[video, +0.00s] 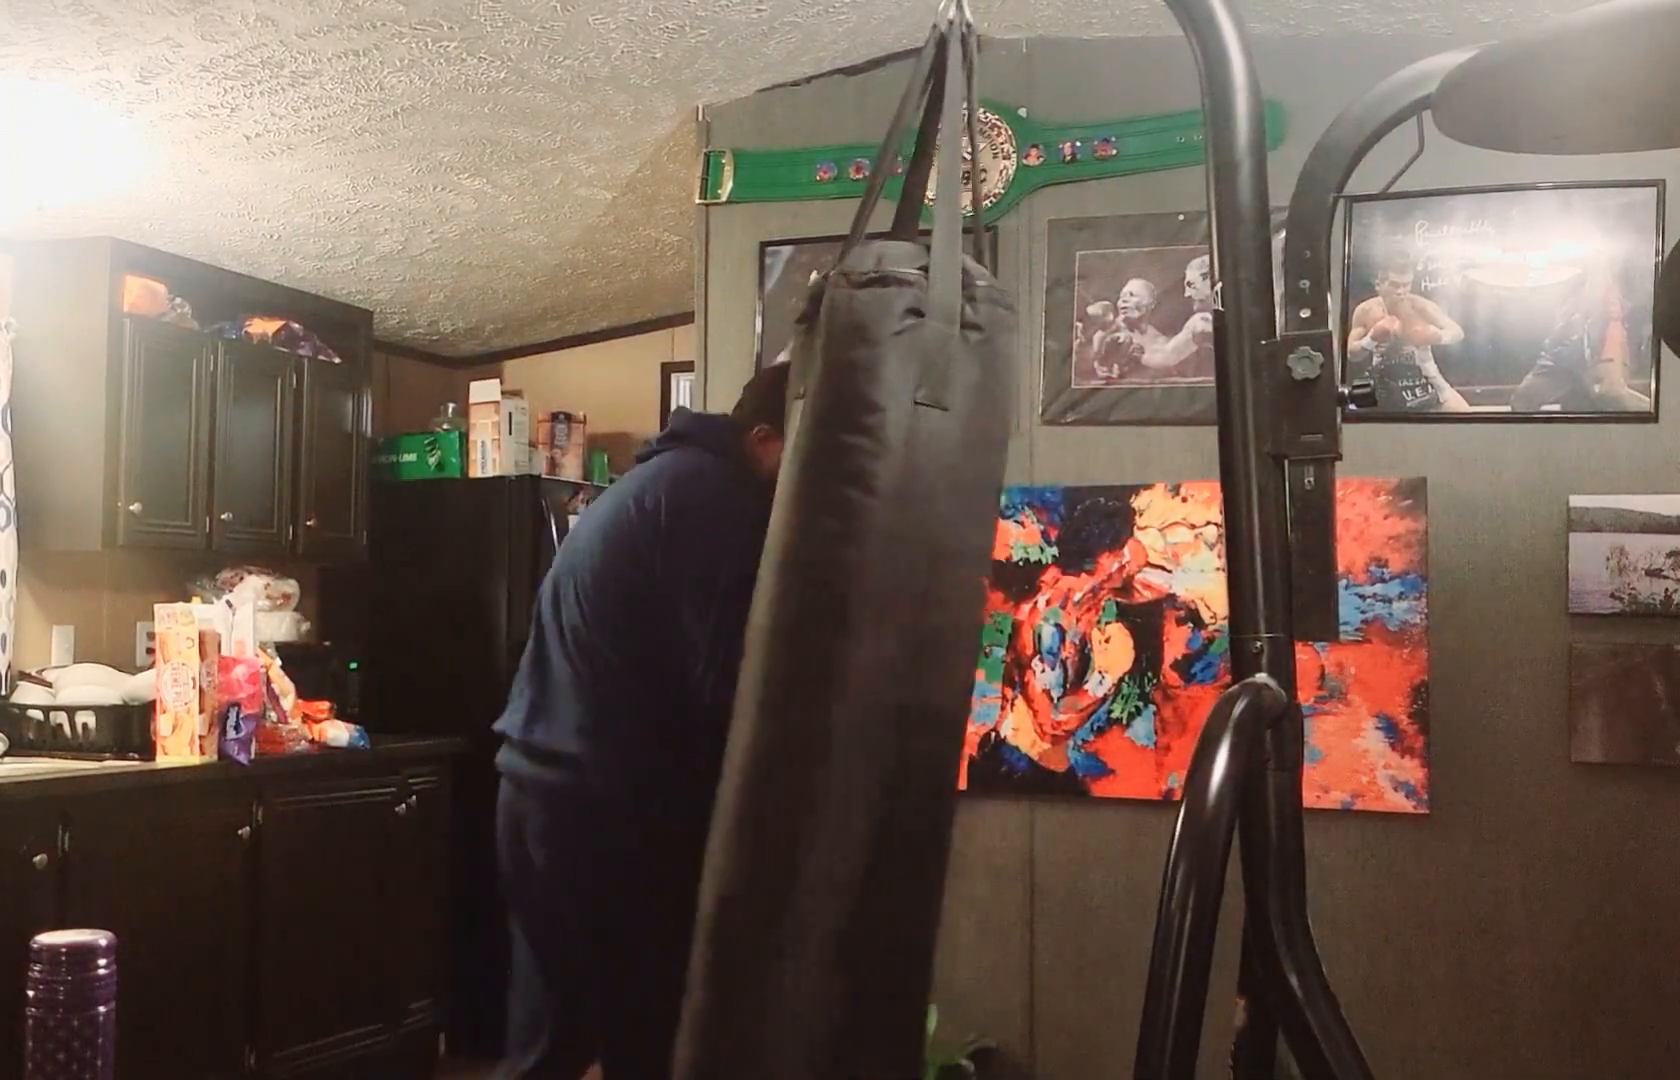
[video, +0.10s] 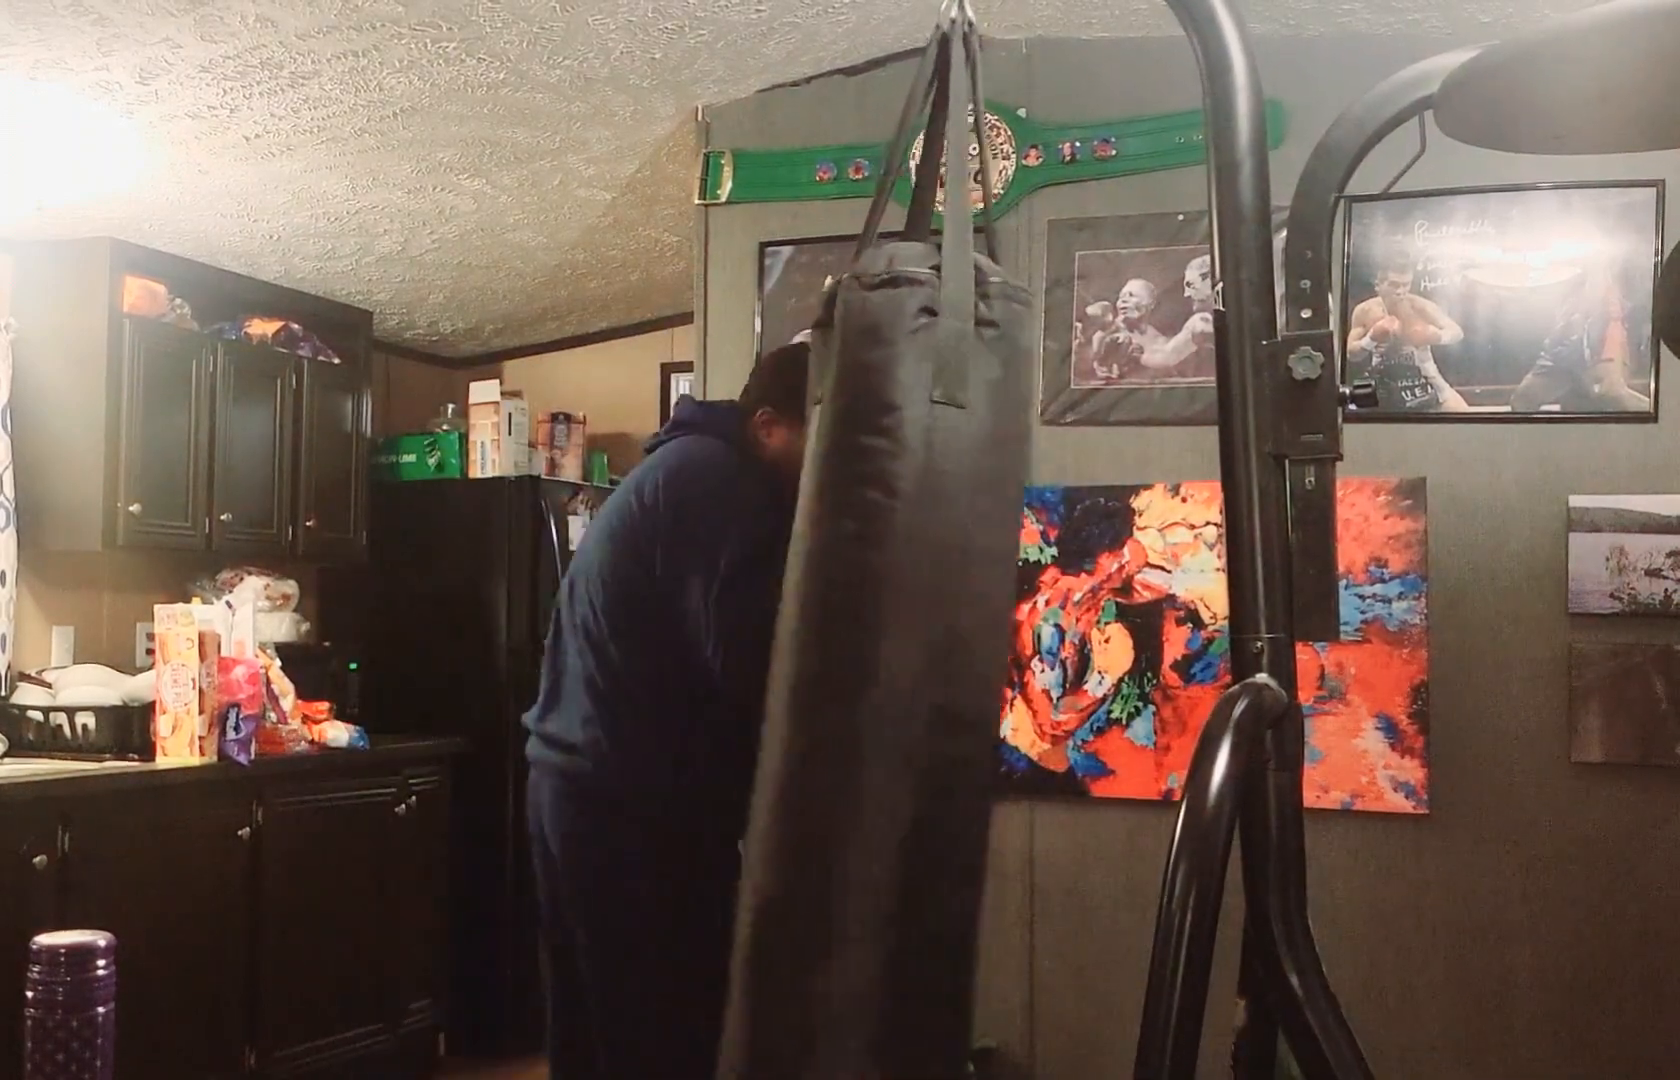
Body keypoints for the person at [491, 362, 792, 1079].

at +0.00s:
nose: (798, 484)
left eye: (807, 468)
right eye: (802, 464)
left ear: (755, 432)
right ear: (771, 440)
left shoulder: (658, 476)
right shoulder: (720, 495)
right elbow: (734, 679)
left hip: (535, 785)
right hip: (610, 803)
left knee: (548, 1030)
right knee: (644, 1034)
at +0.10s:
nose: (817, 466)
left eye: (823, 446)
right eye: (816, 443)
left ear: (764, 419)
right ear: (772, 423)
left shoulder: (679, 467)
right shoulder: (730, 485)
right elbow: (749, 667)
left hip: (574, 779)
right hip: (628, 792)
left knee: (596, 1015)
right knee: (658, 1019)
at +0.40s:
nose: (838, 516)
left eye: (850, 499)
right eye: (824, 496)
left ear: (858, 488)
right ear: (769, 476)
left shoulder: (812, 554)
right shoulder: (688, 523)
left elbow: (841, 704)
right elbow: (677, 668)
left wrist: (871, 593)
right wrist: (781, 557)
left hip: (740, 818)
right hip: (659, 819)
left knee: (773, 1037)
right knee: (711, 1045)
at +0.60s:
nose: (835, 512)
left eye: (846, 493)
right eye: (817, 494)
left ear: (858, 479)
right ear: (764, 472)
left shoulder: (825, 547)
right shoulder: (687, 523)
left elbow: (864, 696)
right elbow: (647, 676)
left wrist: (870, 589)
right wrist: (758, 569)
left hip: (766, 808)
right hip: (675, 810)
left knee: (793, 1031)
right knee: (732, 1040)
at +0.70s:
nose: (838, 499)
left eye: (850, 481)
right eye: (820, 482)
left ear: (862, 468)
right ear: (769, 461)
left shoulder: (842, 538)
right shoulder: (695, 513)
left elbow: (880, 685)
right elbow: (642, 657)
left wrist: (884, 576)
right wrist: (760, 559)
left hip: (772, 805)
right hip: (679, 802)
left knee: (780, 1030)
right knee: (719, 1036)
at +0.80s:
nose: (862, 486)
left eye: (874, 469)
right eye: (844, 469)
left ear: (885, 457)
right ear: (793, 448)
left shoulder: (857, 526)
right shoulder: (724, 495)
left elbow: (880, 677)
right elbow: (629, 608)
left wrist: (894, 571)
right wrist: (772, 556)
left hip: (767, 793)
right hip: (680, 786)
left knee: (760, 1016)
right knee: (709, 1019)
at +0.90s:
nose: (888, 487)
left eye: (900, 470)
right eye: (870, 468)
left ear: (912, 456)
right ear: (818, 444)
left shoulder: (857, 525)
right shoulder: (763, 482)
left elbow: (873, 675)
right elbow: (693, 539)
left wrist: (908, 586)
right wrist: (859, 553)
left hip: (748, 805)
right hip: (678, 799)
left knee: (754, 1034)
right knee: (704, 1033)